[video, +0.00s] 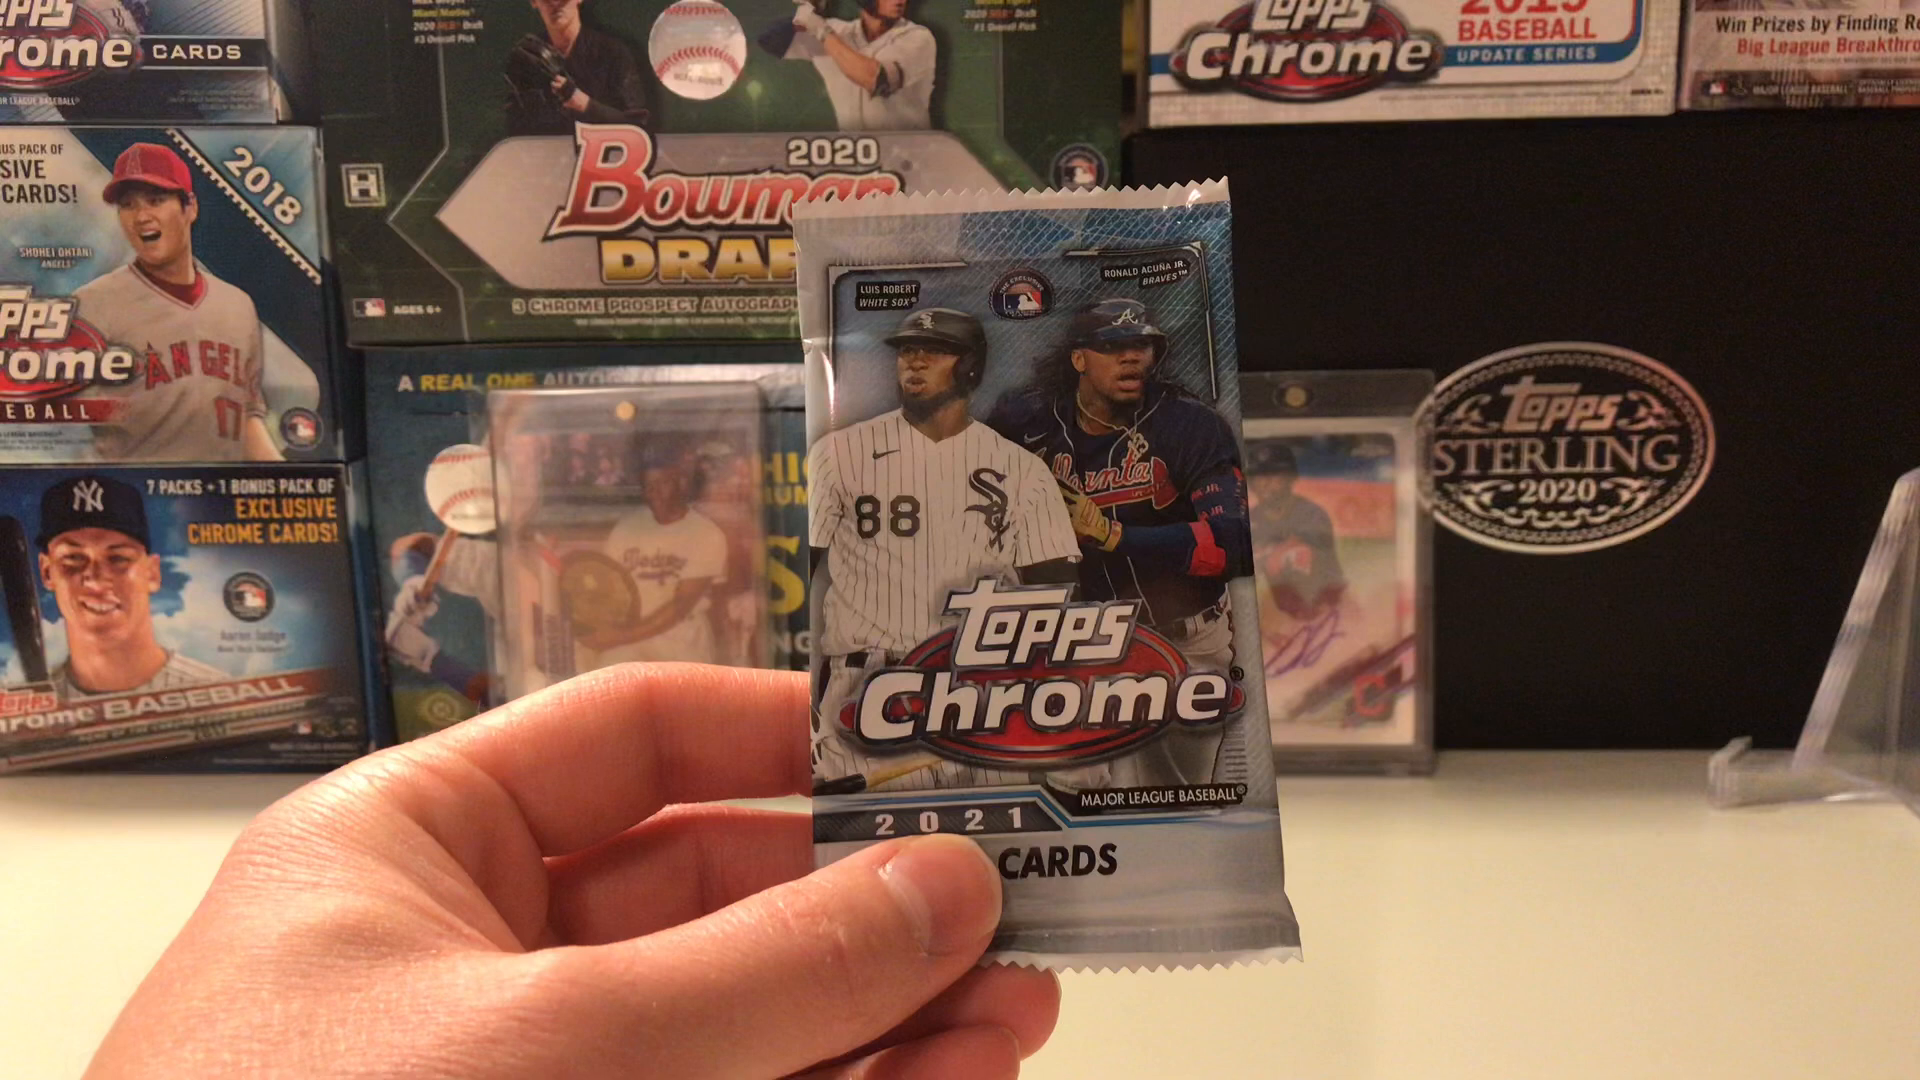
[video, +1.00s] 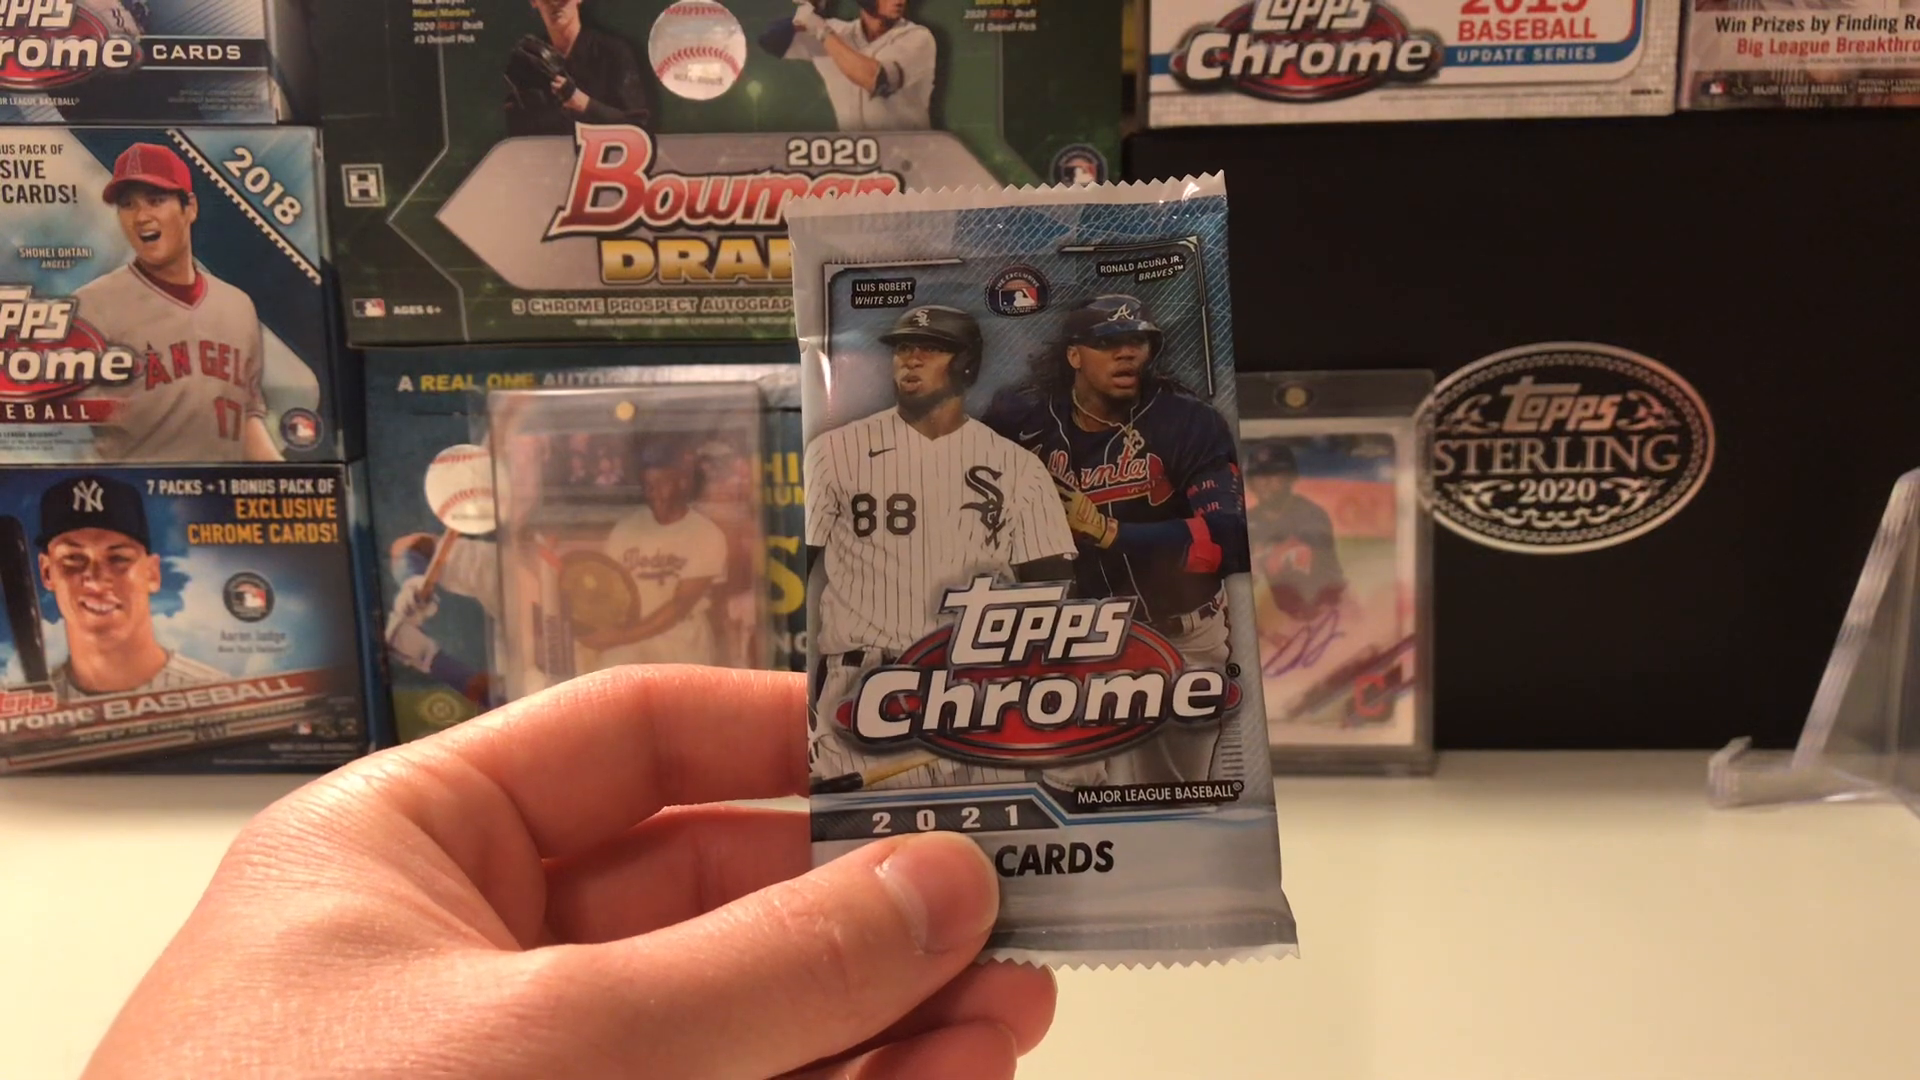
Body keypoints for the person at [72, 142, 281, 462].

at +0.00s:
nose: (143, 216)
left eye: (157, 199)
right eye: (129, 204)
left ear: (190, 209)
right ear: (119, 218)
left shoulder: (239, 306)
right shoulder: (92, 306)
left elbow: (248, 414)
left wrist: (283, 483)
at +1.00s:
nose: (143, 216)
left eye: (157, 200)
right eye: (129, 204)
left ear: (189, 209)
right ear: (119, 217)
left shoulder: (239, 307)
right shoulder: (92, 306)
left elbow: (248, 414)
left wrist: (282, 483)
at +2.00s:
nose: (143, 216)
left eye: (157, 200)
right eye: (129, 204)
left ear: (190, 209)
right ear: (119, 218)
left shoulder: (239, 307)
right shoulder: (92, 306)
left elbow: (247, 414)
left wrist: (283, 482)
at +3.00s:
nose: (142, 215)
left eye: (156, 199)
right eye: (128, 203)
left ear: (189, 208)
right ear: (119, 217)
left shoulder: (239, 306)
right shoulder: (92, 306)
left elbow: (247, 413)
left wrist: (283, 482)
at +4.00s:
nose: (143, 216)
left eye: (157, 200)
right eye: (129, 204)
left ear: (190, 210)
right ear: (119, 218)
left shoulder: (239, 307)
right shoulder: (91, 307)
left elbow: (248, 414)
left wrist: (283, 483)